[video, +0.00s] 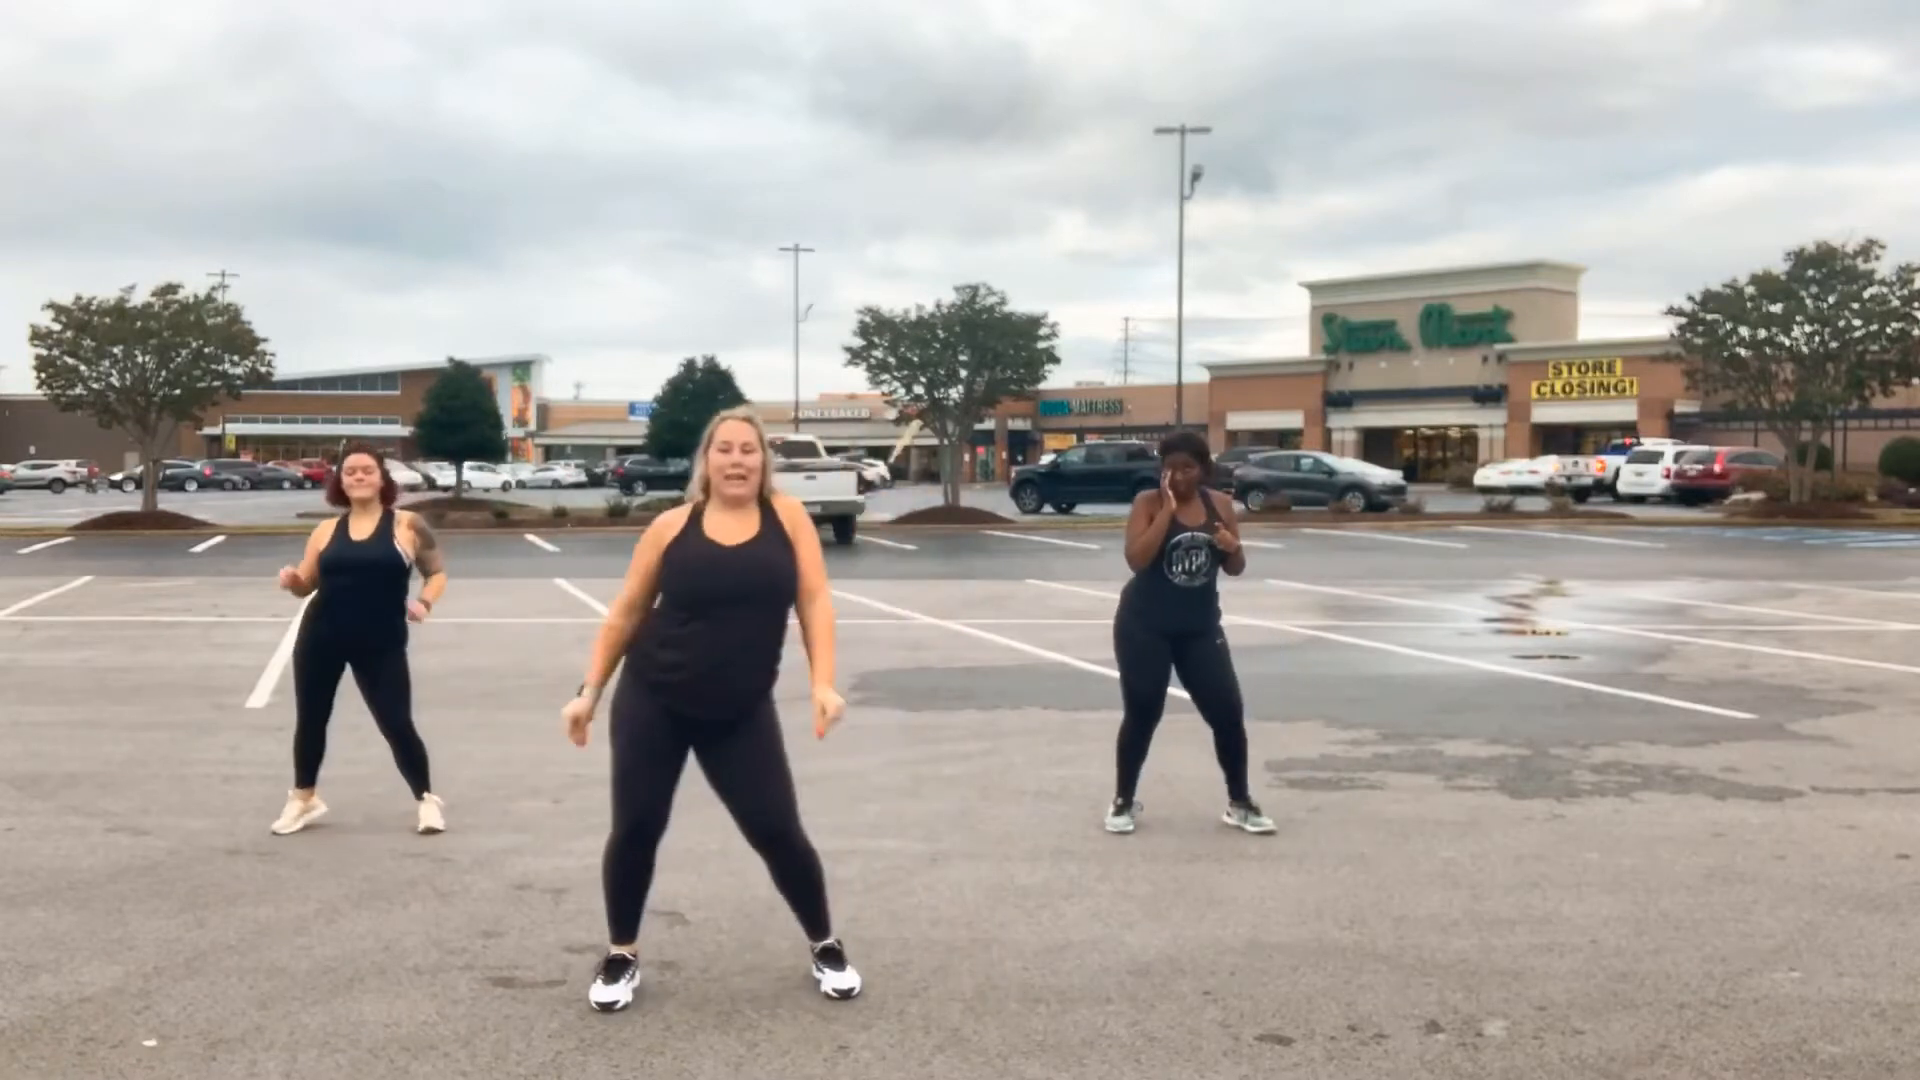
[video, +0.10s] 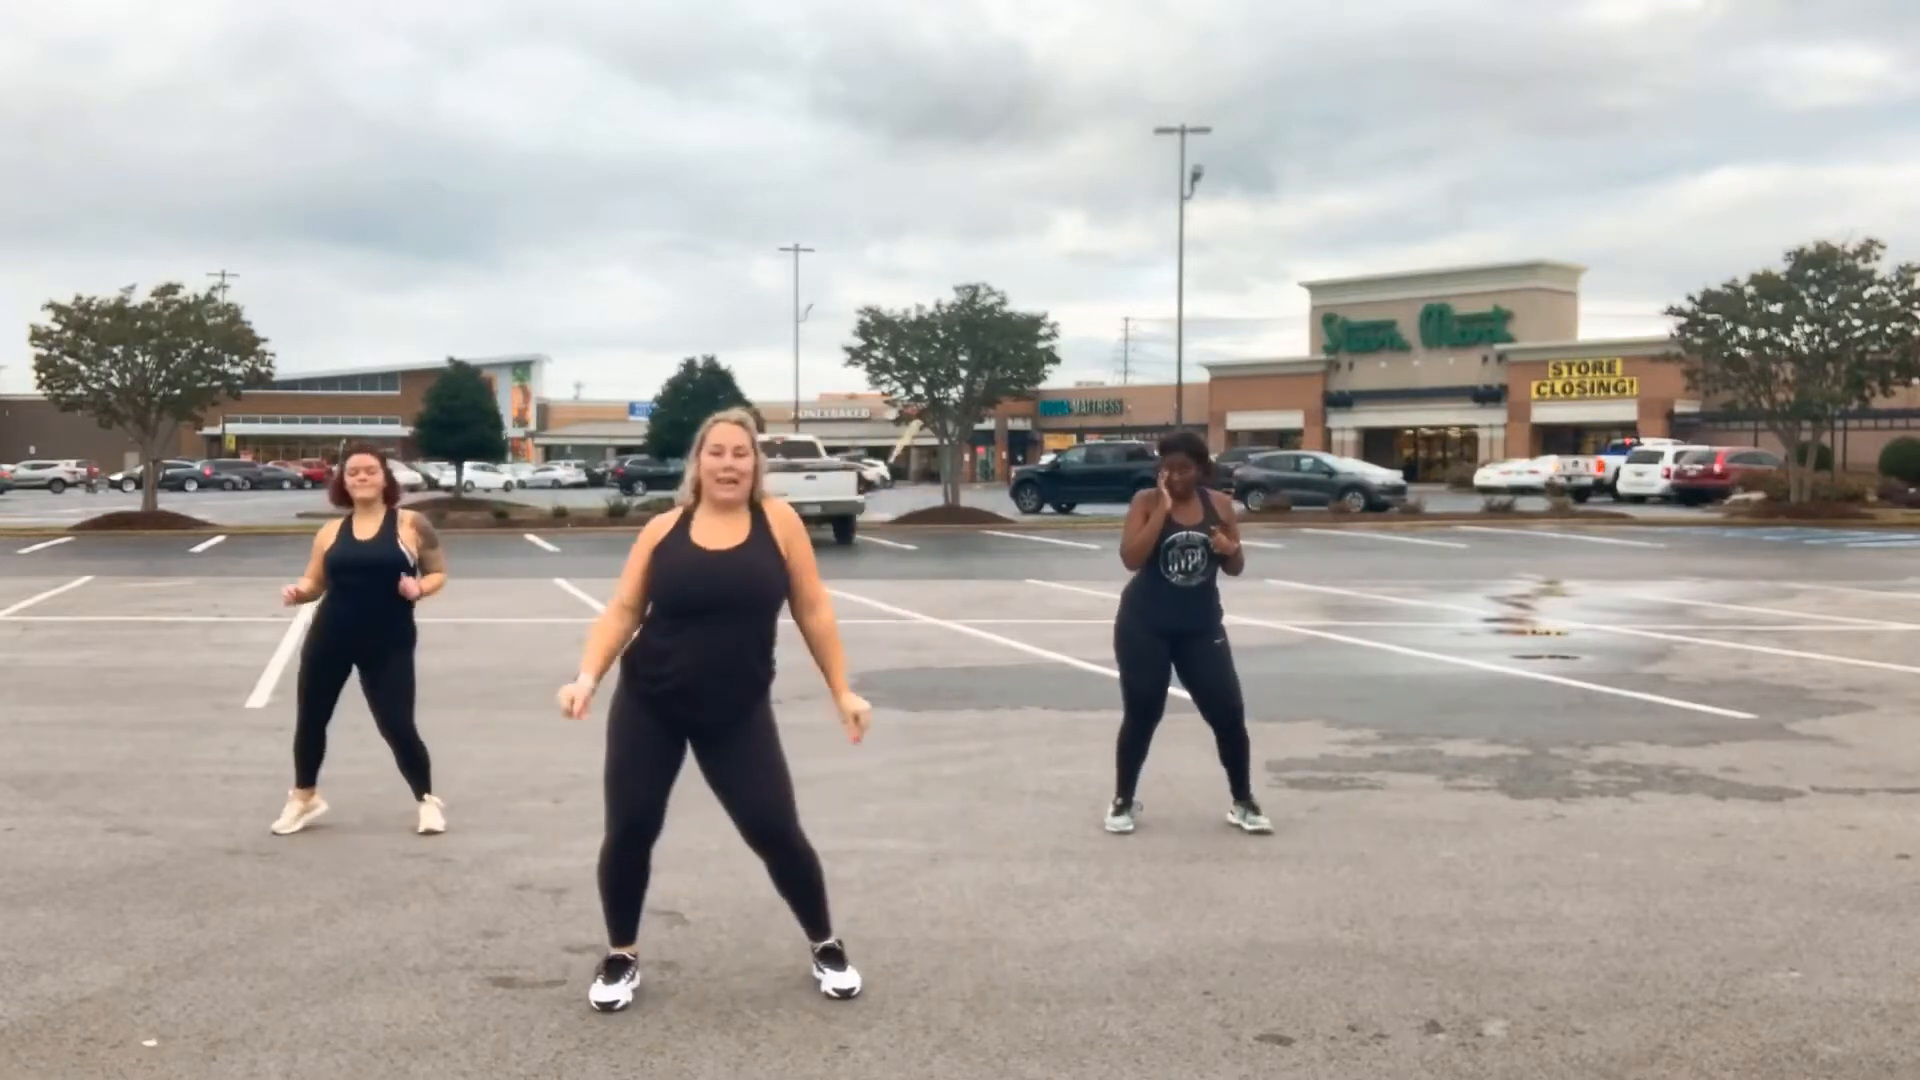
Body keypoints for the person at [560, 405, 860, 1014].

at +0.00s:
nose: (736, 460)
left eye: (748, 449)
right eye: (724, 449)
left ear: (764, 460)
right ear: (704, 459)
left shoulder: (788, 520)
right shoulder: (670, 527)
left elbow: (814, 599)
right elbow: (626, 611)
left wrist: (822, 681)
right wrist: (590, 690)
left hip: (739, 709)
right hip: (652, 703)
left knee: (779, 834)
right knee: (635, 829)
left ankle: (825, 947)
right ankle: (621, 953)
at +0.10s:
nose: (729, 463)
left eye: (740, 452)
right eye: (717, 452)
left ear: (757, 463)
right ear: (697, 462)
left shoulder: (778, 522)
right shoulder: (663, 529)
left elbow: (813, 609)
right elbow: (622, 611)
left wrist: (841, 690)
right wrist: (587, 675)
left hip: (737, 711)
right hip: (649, 706)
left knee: (778, 835)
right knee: (628, 833)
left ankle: (825, 946)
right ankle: (620, 955)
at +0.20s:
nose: (726, 460)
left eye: (739, 451)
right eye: (715, 448)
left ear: (754, 462)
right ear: (695, 457)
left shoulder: (776, 521)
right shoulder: (659, 526)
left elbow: (817, 602)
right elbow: (621, 592)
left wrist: (860, 672)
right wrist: (599, 625)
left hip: (745, 706)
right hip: (655, 703)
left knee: (786, 831)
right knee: (630, 831)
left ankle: (826, 947)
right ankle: (621, 955)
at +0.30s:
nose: (731, 454)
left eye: (743, 444)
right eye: (720, 442)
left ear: (759, 456)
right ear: (700, 450)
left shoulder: (779, 514)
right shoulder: (664, 511)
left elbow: (826, 590)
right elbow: (619, 583)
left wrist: (878, 651)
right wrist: (611, 582)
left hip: (760, 699)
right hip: (671, 697)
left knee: (797, 831)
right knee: (642, 828)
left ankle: (829, 948)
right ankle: (623, 955)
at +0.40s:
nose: (741, 453)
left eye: (754, 444)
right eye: (731, 441)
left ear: (769, 454)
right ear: (710, 447)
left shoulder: (786, 511)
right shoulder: (672, 503)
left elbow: (836, 583)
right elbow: (634, 566)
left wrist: (894, 639)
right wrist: (622, 554)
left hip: (778, 694)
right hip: (692, 694)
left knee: (803, 822)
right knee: (658, 828)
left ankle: (829, 946)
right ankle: (626, 953)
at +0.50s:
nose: (753, 466)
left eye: (766, 457)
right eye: (744, 453)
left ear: (782, 466)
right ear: (723, 457)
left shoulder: (796, 522)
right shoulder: (683, 508)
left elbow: (850, 597)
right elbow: (649, 559)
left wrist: (909, 648)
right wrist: (628, 570)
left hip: (799, 696)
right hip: (714, 701)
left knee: (817, 824)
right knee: (671, 835)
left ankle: (831, 947)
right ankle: (630, 953)